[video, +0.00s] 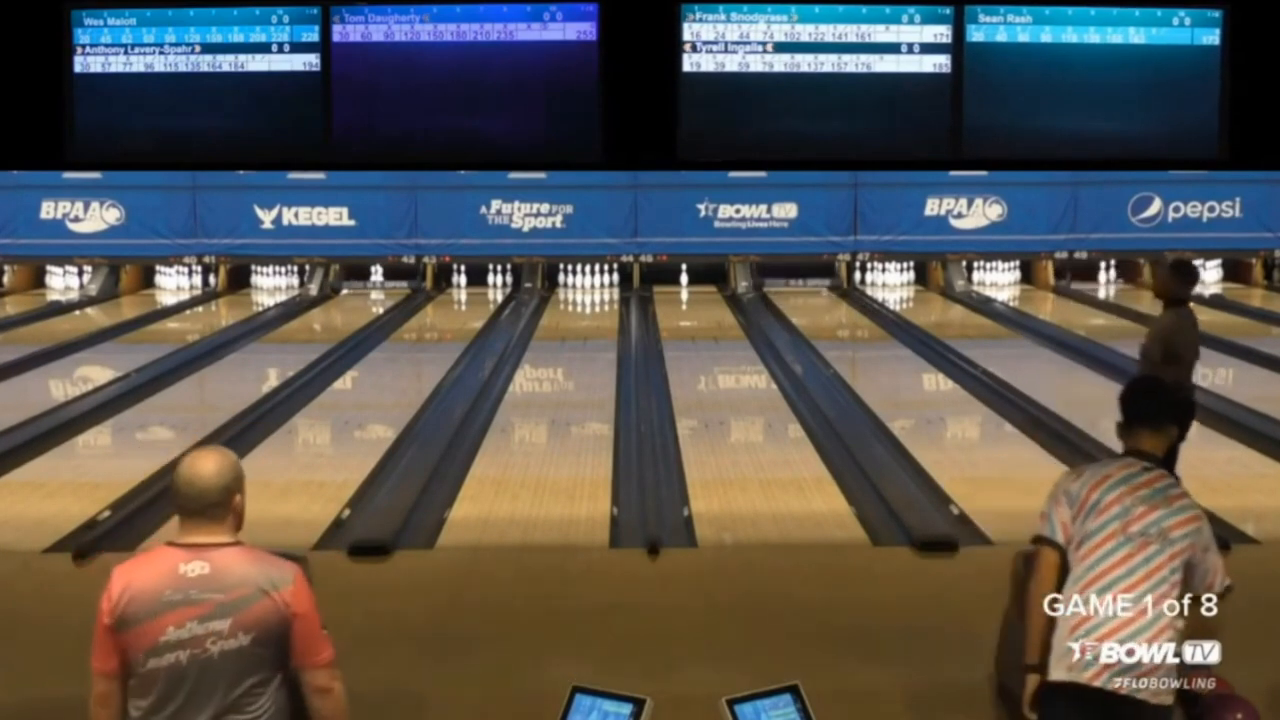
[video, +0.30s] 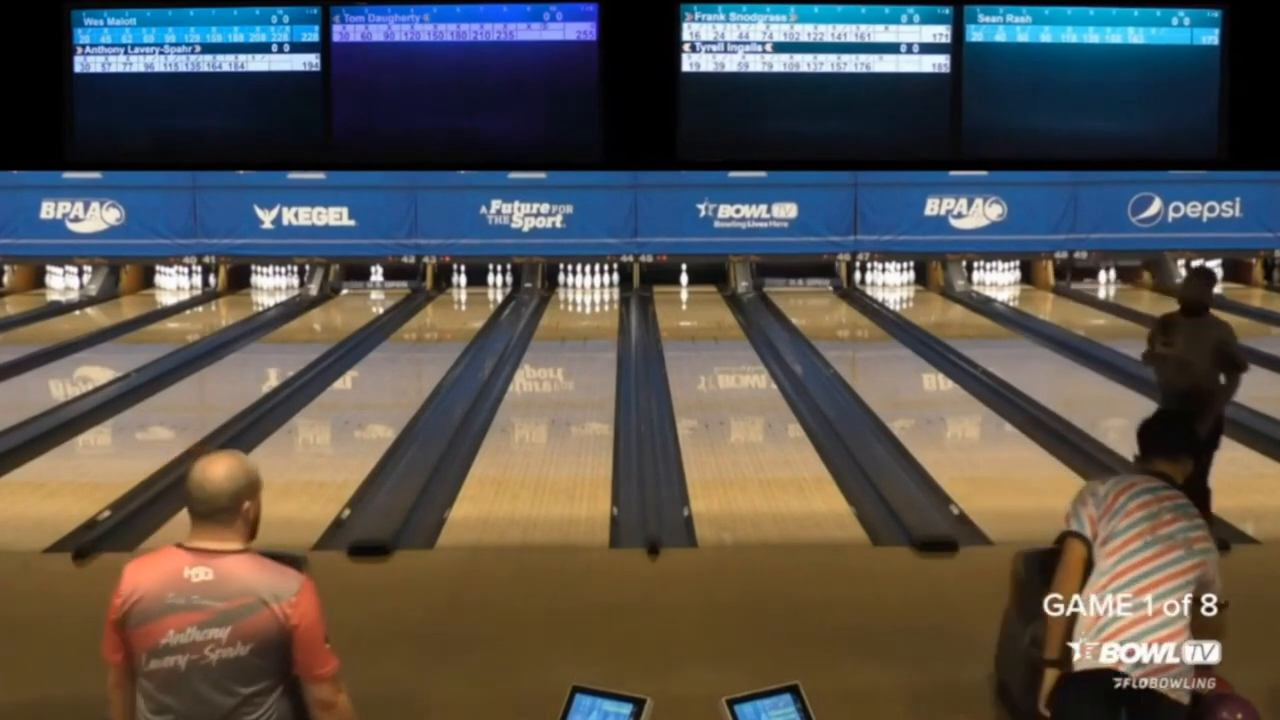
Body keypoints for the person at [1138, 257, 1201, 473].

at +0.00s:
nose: (1155, 281)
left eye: (1161, 277)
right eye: (1158, 276)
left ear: (1173, 284)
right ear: (1187, 286)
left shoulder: (1167, 323)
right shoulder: (1187, 317)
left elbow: (1149, 364)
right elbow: (1192, 355)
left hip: (1162, 407)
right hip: (1178, 403)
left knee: (1154, 468)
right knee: (1165, 468)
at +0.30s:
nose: (1189, 294)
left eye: (1197, 289)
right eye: (1187, 287)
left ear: (1209, 294)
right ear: (1182, 288)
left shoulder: (1220, 331)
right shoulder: (1165, 325)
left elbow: (1233, 377)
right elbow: (1152, 361)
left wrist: (1212, 415)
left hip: (1205, 417)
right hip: (1170, 413)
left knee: (1195, 480)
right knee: (1164, 473)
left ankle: (1201, 533)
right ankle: (1165, 528)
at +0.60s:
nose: (1209, 296)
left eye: (1216, 289)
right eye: (1204, 288)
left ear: (1225, 292)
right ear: (1196, 291)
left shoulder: (1240, 332)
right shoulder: (1177, 327)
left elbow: (1257, 373)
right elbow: (1154, 358)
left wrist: (1247, 413)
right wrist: (1174, 368)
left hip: (1221, 421)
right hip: (1181, 418)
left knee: (1208, 487)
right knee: (1171, 480)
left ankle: (1206, 544)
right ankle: (1162, 534)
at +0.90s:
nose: (1222, 298)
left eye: (1227, 291)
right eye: (1216, 290)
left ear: (1235, 295)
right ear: (1206, 294)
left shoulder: (1253, 335)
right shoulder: (1186, 333)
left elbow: (1265, 382)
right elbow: (1160, 371)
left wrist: (1258, 421)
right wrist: (1183, 383)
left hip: (1231, 426)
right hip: (1192, 423)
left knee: (1216, 489)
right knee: (1188, 484)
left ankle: (1206, 536)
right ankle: (1182, 534)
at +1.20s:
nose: (1239, 298)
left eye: (1244, 290)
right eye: (1232, 290)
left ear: (1252, 294)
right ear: (1220, 294)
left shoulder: (1267, 339)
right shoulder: (1201, 340)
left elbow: (1273, 389)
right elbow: (1181, 392)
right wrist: (1220, 384)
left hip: (1255, 440)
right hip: (1211, 439)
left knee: (1263, 509)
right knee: (1213, 515)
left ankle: (1230, 569)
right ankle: (1215, 580)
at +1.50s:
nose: (1268, 312)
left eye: (1268, 303)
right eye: (1267, 303)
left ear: (1263, 308)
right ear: (1264, 307)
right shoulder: (1243, 351)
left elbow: (1221, 404)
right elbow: (1222, 405)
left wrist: (1242, 425)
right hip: (1252, 453)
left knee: (1227, 528)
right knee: (1227, 529)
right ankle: (1213, 597)